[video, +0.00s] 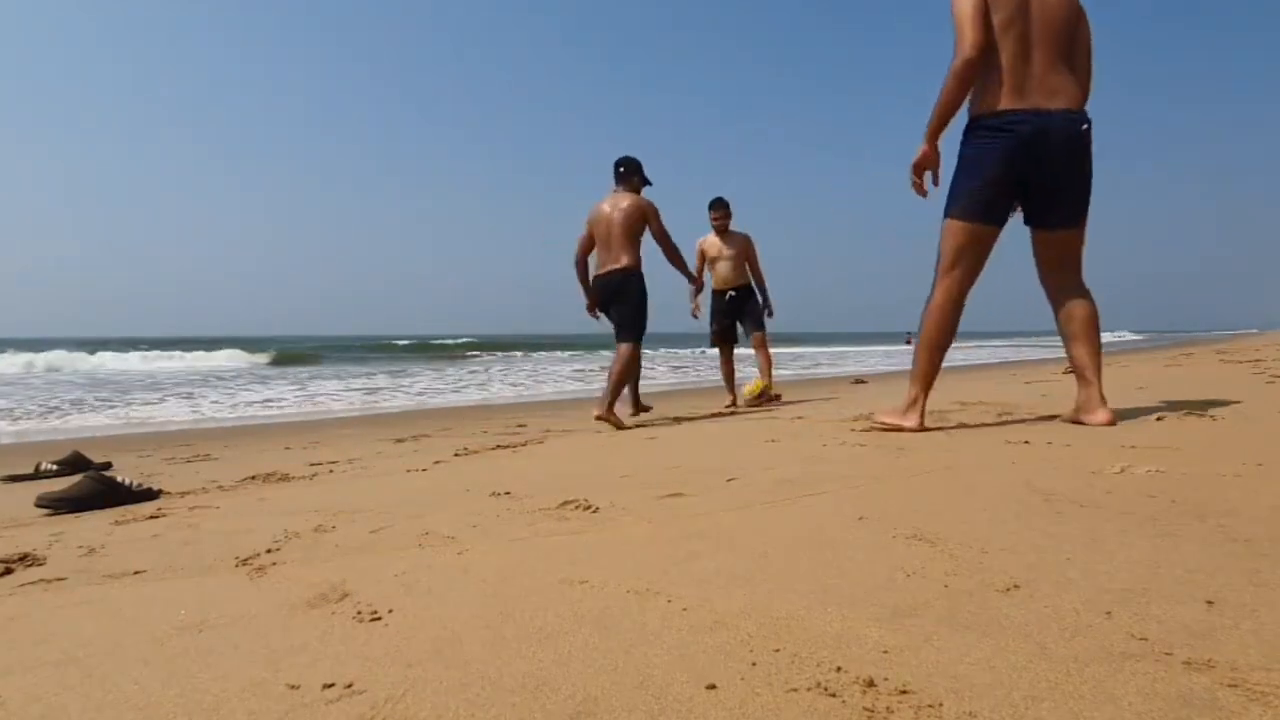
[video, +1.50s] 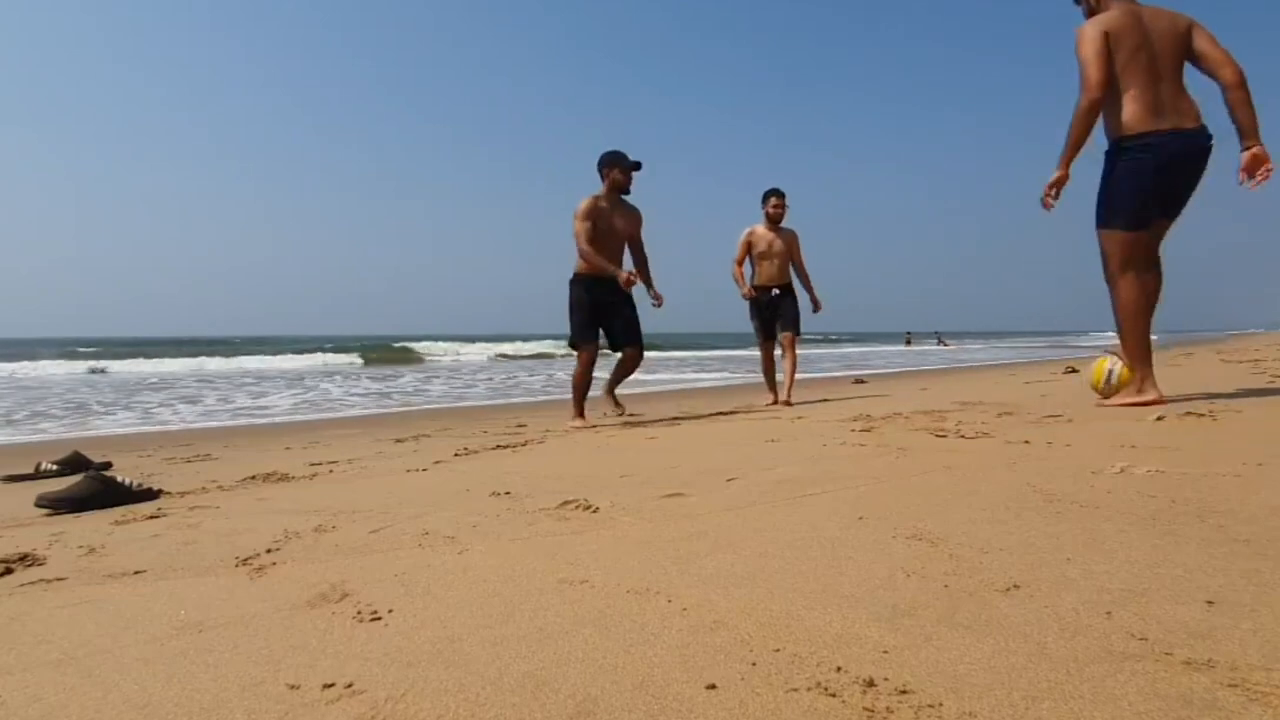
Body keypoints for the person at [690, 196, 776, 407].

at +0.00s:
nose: (720, 223)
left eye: (724, 218)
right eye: (715, 219)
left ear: (730, 217)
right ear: (710, 219)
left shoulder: (743, 240)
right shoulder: (704, 244)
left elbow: (755, 271)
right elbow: (699, 274)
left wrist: (765, 298)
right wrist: (695, 299)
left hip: (744, 292)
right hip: (720, 295)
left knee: (759, 339)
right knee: (725, 349)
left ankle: (767, 389)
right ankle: (731, 396)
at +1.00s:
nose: (747, 210)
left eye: (750, 206)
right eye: (742, 206)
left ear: (753, 209)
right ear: (732, 208)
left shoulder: (762, 234)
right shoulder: (721, 238)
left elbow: (775, 260)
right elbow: (712, 269)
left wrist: (776, 282)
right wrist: (715, 299)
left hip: (760, 292)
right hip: (735, 293)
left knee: (770, 339)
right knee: (726, 348)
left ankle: (781, 393)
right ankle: (719, 397)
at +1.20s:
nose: (771, 206)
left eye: (774, 202)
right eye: (766, 201)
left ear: (777, 204)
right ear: (756, 203)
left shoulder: (783, 230)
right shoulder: (741, 230)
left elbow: (794, 258)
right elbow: (730, 260)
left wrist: (795, 279)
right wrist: (730, 289)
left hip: (776, 288)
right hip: (749, 288)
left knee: (781, 338)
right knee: (741, 343)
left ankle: (782, 393)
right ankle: (740, 392)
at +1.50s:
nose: (779, 211)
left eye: (782, 207)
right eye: (775, 207)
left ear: (785, 209)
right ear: (764, 208)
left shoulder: (790, 236)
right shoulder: (751, 234)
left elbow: (799, 267)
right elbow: (738, 264)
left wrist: (812, 294)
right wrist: (743, 286)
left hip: (785, 290)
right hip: (761, 292)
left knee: (788, 340)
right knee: (767, 345)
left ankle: (787, 394)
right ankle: (772, 394)